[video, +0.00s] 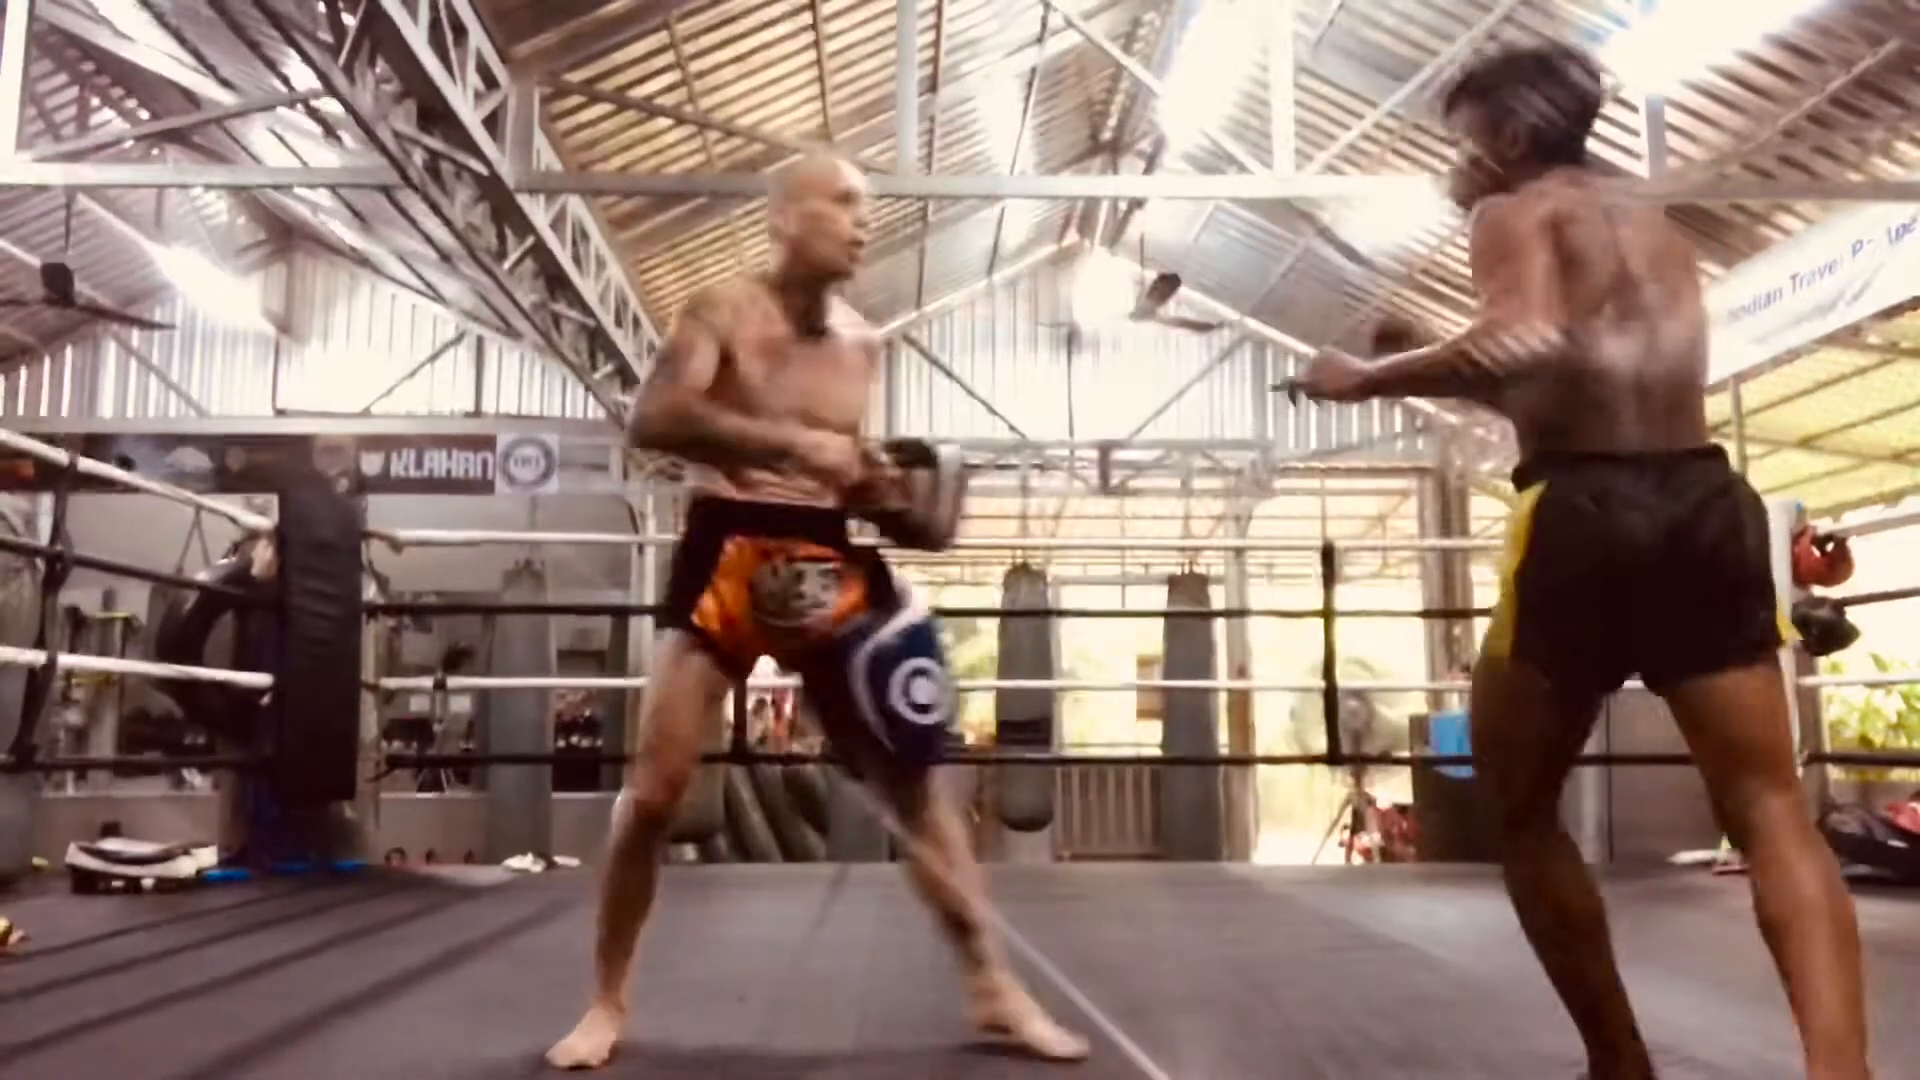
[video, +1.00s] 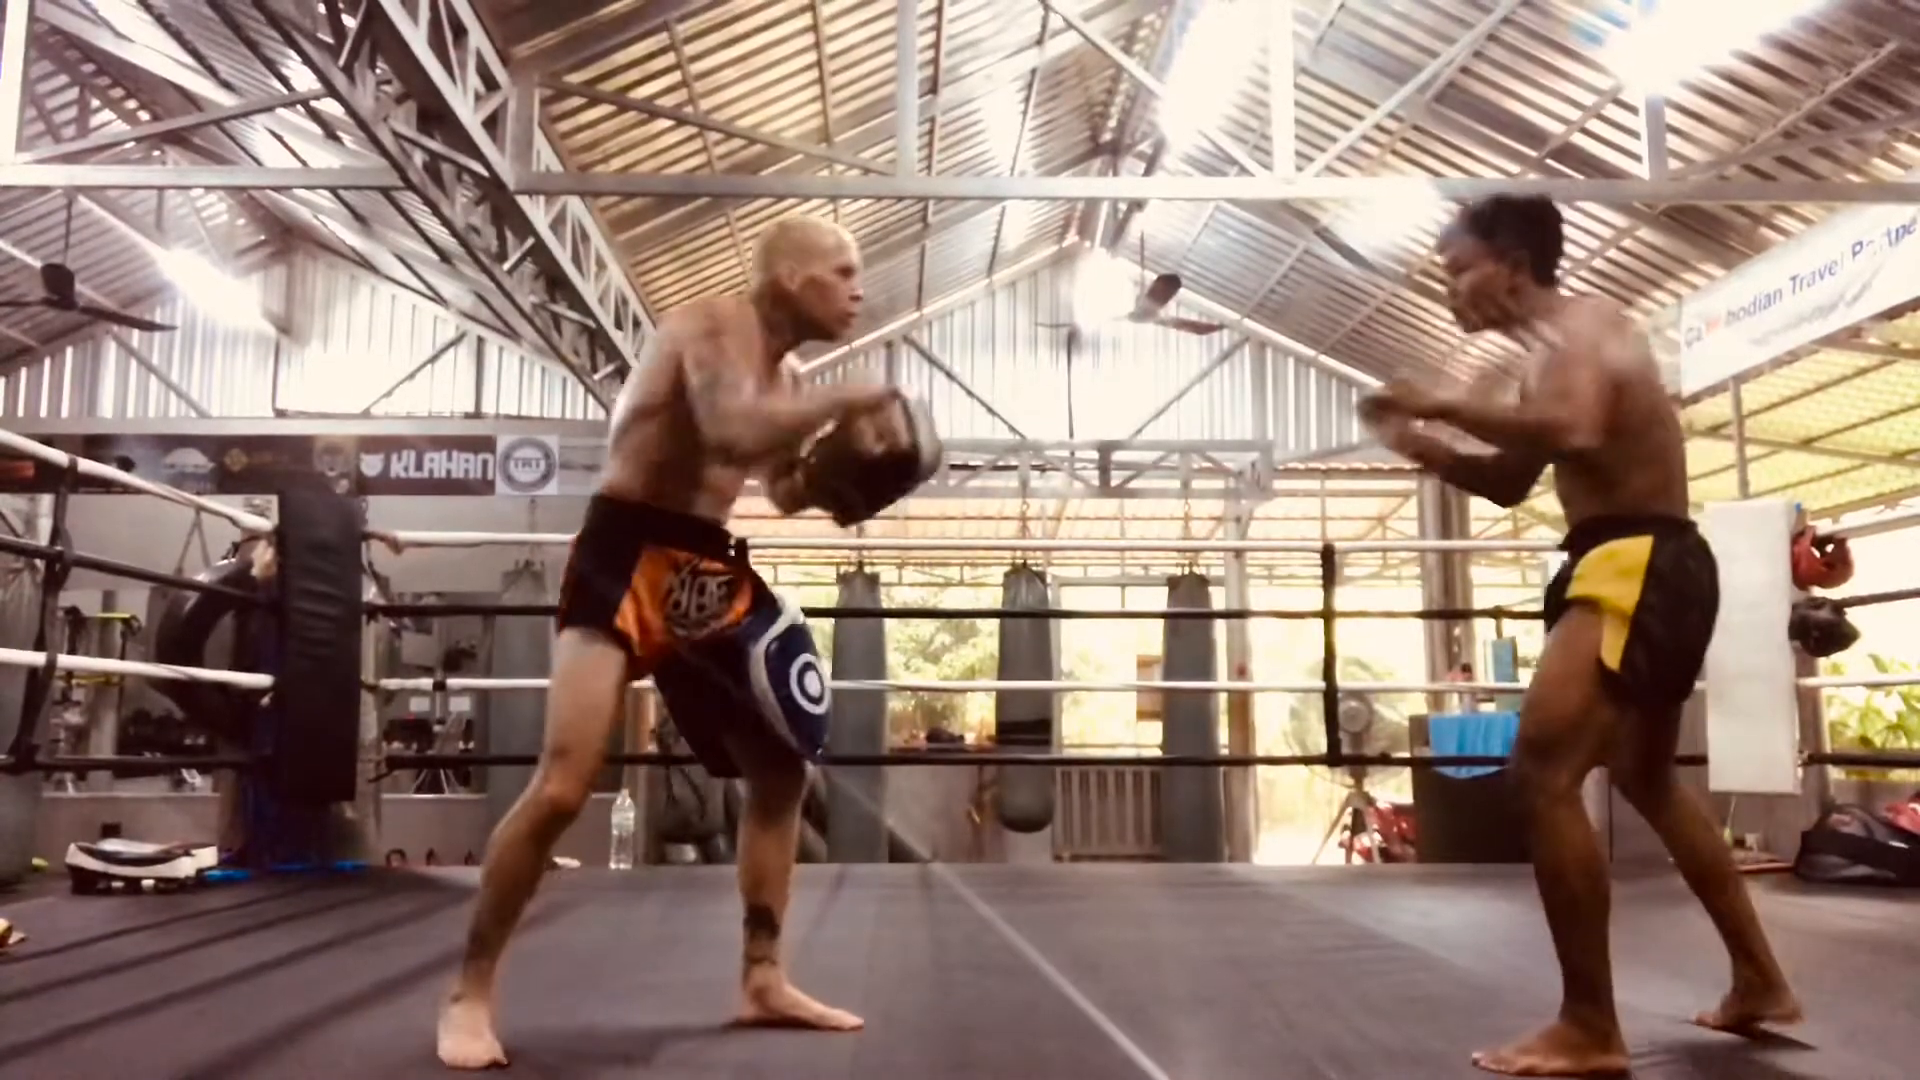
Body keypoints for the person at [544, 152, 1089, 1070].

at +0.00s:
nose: (863, 222)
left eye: (864, 207)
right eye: (844, 203)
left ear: (845, 225)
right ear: (786, 214)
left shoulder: (860, 347)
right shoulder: (721, 313)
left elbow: (849, 461)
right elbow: (656, 418)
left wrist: (895, 494)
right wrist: (793, 440)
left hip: (832, 563)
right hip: (726, 558)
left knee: (921, 780)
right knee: (653, 794)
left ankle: (992, 990)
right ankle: (606, 1004)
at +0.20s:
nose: (833, 200)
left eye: (829, 186)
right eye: (817, 185)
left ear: (780, 204)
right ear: (760, 198)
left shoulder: (792, 319)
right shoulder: (697, 279)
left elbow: (769, 439)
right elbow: (729, 358)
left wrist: (827, 448)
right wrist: (852, 347)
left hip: (767, 532)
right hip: (675, 525)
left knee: (833, 748)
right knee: (639, 785)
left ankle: (820, 970)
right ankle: (603, 999)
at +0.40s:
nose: (860, 226)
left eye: (856, 211)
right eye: (843, 211)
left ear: (800, 224)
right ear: (789, 220)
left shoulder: (799, 321)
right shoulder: (730, 281)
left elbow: (758, 439)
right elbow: (728, 387)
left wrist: (819, 462)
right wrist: (823, 364)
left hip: (745, 536)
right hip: (669, 528)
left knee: (789, 758)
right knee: (646, 783)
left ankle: (766, 977)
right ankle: (601, 999)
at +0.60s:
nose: (904, 303)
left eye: (907, 289)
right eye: (892, 282)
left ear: (866, 293)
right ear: (841, 280)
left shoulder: (822, 396)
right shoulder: (762, 321)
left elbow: (810, 496)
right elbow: (746, 432)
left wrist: (861, 523)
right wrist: (875, 458)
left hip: (740, 559)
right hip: (663, 545)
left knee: (804, 773)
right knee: (648, 776)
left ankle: (767, 980)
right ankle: (593, 986)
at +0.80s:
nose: (898, 310)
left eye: (902, 295)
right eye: (887, 289)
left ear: (851, 289)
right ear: (837, 282)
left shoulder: (833, 381)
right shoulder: (750, 316)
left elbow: (850, 510)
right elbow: (778, 398)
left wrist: (915, 447)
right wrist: (889, 352)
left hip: (729, 561)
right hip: (647, 539)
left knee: (791, 773)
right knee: (604, 754)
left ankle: (766, 980)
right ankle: (513, 965)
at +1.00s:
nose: (857, 292)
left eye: (857, 277)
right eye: (842, 276)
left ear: (808, 286)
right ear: (791, 281)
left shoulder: (779, 372)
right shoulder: (712, 320)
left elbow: (781, 491)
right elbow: (730, 423)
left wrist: (843, 465)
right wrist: (853, 397)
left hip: (707, 562)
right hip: (624, 549)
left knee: (781, 770)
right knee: (561, 791)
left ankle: (764, 980)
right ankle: (471, 992)